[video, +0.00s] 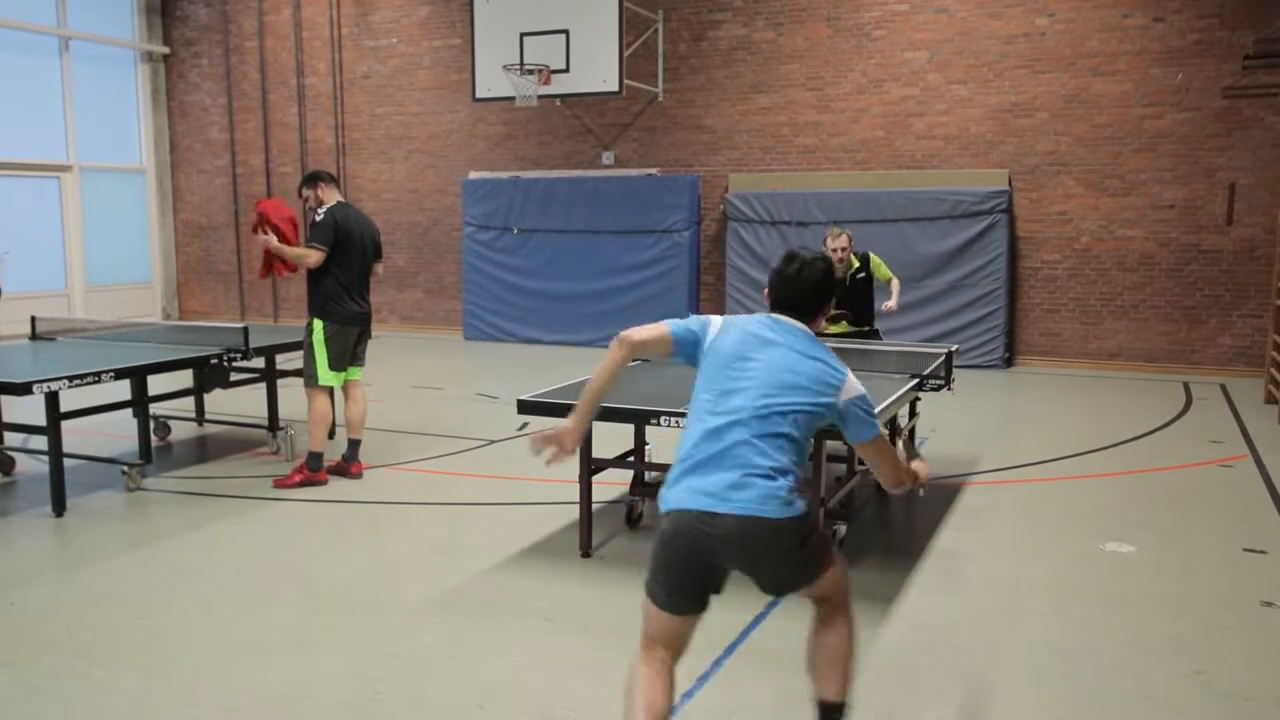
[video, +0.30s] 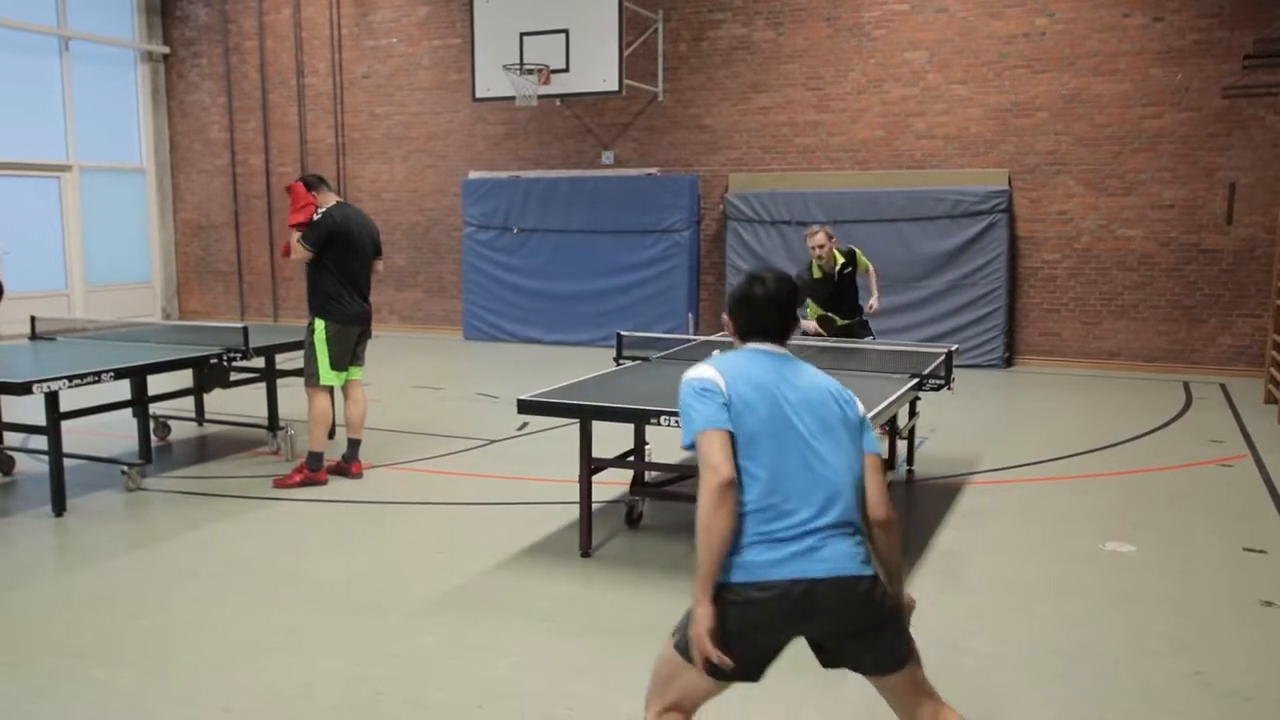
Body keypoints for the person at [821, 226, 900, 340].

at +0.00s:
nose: (839, 255)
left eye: (844, 249)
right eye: (834, 251)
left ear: (851, 247)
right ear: (826, 251)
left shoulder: (866, 260)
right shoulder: (821, 269)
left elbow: (892, 280)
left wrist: (893, 301)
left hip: (864, 334)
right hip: (832, 335)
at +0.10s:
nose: (832, 263)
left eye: (836, 257)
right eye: (826, 258)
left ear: (845, 253)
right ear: (819, 257)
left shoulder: (859, 261)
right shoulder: (819, 278)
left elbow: (882, 276)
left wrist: (895, 295)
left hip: (867, 331)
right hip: (838, 336)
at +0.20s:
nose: (826, 260)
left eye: (829, 254)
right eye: (820, 256)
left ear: (838, 250)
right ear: (815, 257)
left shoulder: (854, 259)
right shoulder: (813, 281)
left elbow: (871, 271)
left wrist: (887, 292)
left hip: (864, 330)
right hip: (836, 336)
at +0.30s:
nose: (817, 253)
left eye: (821, 247)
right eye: (813, 249)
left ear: (833, 244)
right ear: (808, 250)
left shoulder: (850, 255)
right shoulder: (804, 276)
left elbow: (869, 269)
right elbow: (787, 309)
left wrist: (874, 296)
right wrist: (802, 323)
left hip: (855, 324)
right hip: (825, 329)